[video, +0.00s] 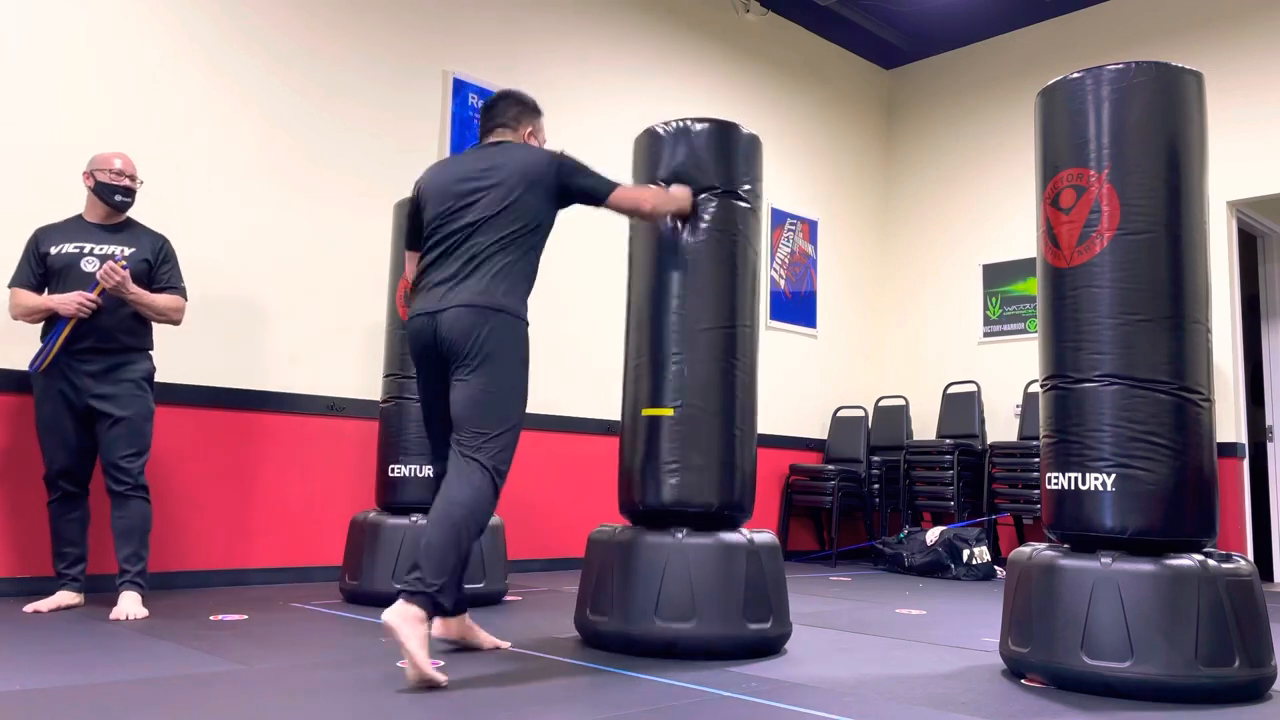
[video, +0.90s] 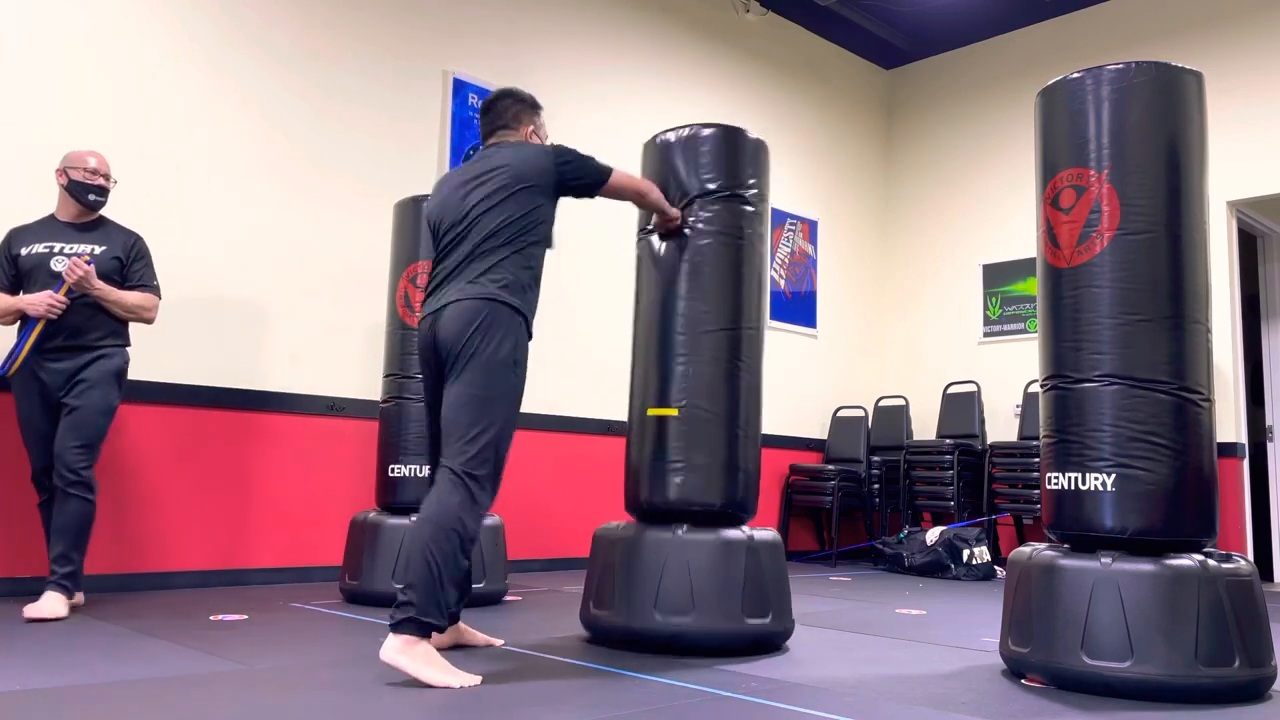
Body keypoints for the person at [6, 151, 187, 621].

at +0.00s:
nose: (123, 182)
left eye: (130, 177)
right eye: (113, 173)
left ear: (137, 188)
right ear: (87, 179)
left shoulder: (154, 245)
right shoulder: (47, 239)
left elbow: (176, 312)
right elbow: (17, 304)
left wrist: (131, 292)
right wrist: (55, 302)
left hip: (125, 380)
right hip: (60, 379)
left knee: (127, 481)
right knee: (64, 484)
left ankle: (131, 589)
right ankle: (70, 586)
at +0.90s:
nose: (99, 182)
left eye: (106, 177)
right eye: (89, 173)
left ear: (112, 187)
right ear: (60, 178)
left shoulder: (127, 242)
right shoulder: (19, 240)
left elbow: (148, 310)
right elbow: (1, 307)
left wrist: (96, 287)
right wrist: (25, 302)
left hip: (97, 367)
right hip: (35, 369)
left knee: (71, 463)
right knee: (44, 474)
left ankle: (60, 586)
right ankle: (67, 579)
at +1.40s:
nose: (39, 186)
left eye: (51, 179)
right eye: (31, 175)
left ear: (72, 179)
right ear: (19, 168)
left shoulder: (90, 236)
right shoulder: (3, 221)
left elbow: (114, 307)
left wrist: (47, 288)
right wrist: (5, 289)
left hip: (48, 358)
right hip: (4, 358)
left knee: (11, 467)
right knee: (29, 470)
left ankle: (1, 582)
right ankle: (67, 576)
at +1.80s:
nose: (2, 181)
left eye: (4, 172)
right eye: (3, 172)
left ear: (13, 171)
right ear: (10, 170)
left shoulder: (35, 222)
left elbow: (76, 298)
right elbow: (75, 296)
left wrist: (8, 313)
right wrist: (14, 315)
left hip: (2, 367)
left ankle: (0, 581)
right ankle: (1, 579)